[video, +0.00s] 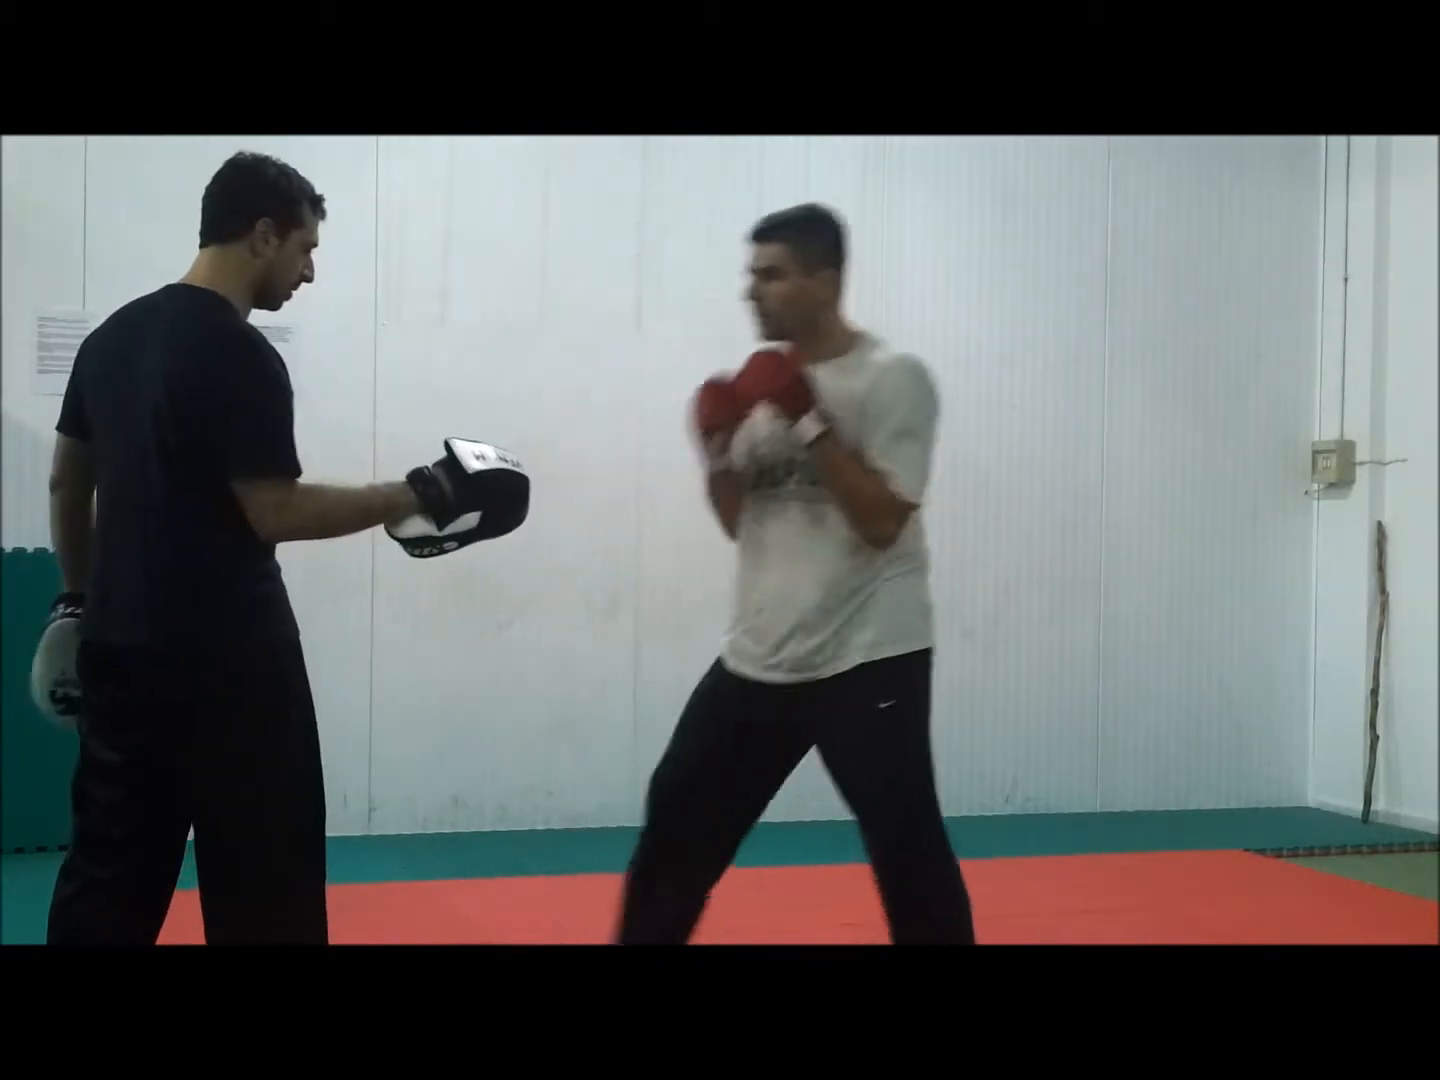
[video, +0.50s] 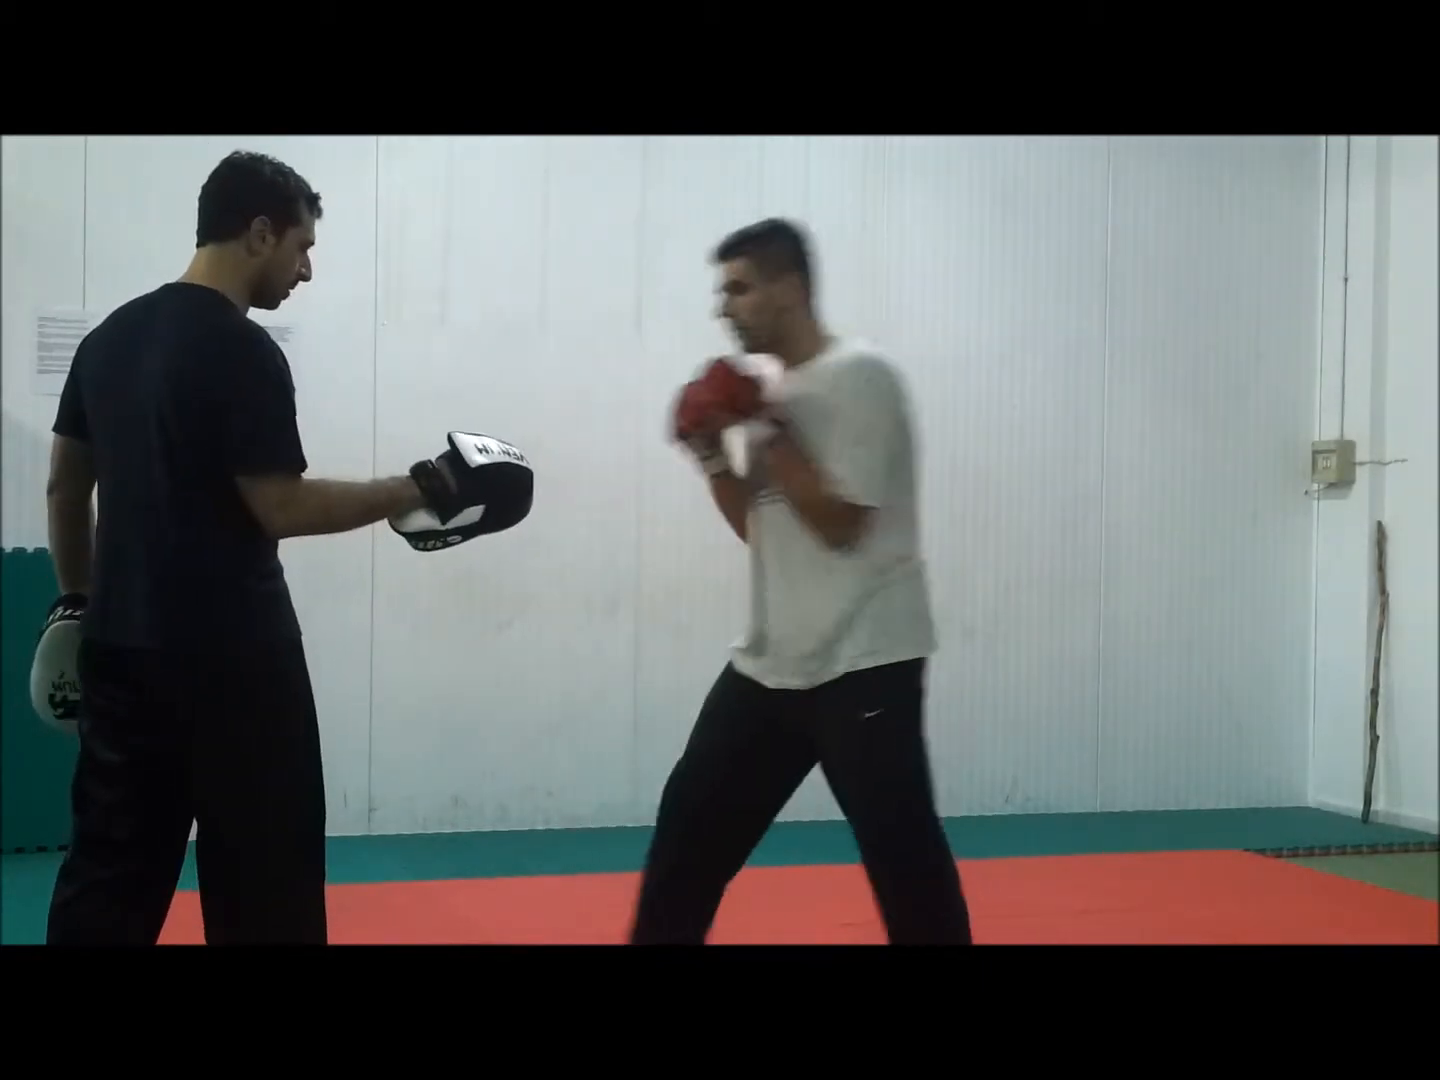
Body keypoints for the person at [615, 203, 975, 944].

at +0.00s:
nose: (751, 291)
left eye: (769, 274)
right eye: (750, 276)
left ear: (826, 278)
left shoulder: (894, 379)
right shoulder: (760, 385)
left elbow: (884, 522)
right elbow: (739, 524)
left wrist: (808, 417)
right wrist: (717, 446)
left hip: (870, 657)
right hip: (762, 656)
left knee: (909, 851)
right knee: (678, 823)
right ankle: (641, 943)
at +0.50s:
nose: (723, 307)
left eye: (737, 289)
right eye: (721, 292)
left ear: (791, 287)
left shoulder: (862, 377)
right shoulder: (772, 398)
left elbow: (841, 528)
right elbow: (760, 532)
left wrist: (768, 432)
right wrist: (710, 452)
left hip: (867, 660)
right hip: (776, 658)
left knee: (904, 855)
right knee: (690, 829)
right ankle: (656, 947)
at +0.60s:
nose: (668, 339)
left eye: (679, 319)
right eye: (664, 324)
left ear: (730, 312)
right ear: (728, 320)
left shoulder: (763, 386)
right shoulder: (767, 387)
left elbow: (758, 529)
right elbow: (755, 527)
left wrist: (687, 470)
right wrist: (676, 486)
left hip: (818, 666)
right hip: (753, 664)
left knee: (865, 849)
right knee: (673, 844)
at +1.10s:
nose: (525, 337)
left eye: (532, 316)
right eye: (513, 337)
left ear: (578, 307)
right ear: (520, 360)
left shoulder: (685, 367)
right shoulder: (544, 435)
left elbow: (756, 470)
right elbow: (586, 575)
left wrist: (661, 396)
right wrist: (590, 507)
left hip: (768, 633)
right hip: (655, 657)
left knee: (863, 825)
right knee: (610, 851)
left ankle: (883, 940)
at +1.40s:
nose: (532, 333)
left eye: (542, 311)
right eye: (527, 319)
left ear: (597, 296)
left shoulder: (687, 363)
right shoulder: (598, 408)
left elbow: (726, 491)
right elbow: (642, 537)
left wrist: (612, 433)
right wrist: (584, 569)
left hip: (752, 648)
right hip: (653, 664)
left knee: (826, 836)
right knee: (601, 846)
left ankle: (882, 941)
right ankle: (591, 947)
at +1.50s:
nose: (568, 322)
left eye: (578, 300)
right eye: (562, 308)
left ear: (631, 290)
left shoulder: (720, 371)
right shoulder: (631, 404)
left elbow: (745, 501)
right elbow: (670, 530)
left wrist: (635, 434)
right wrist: (601, 551)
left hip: (765, 651)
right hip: (669, 661)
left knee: (835, 839)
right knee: (618, 844)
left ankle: (898, 944)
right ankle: (599, 942)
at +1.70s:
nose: (746, 329)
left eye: (759, 309)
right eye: (740, 312)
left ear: (811, 297)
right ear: (748, 311)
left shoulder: (895, 390)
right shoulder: (774, 396)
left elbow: (884, 534)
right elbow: (760, 533)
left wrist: (814, 447)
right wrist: (737, 455)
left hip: (883, 657)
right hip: (786, 646)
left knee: (919, 856)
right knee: (701, 805)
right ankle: (678, 942)